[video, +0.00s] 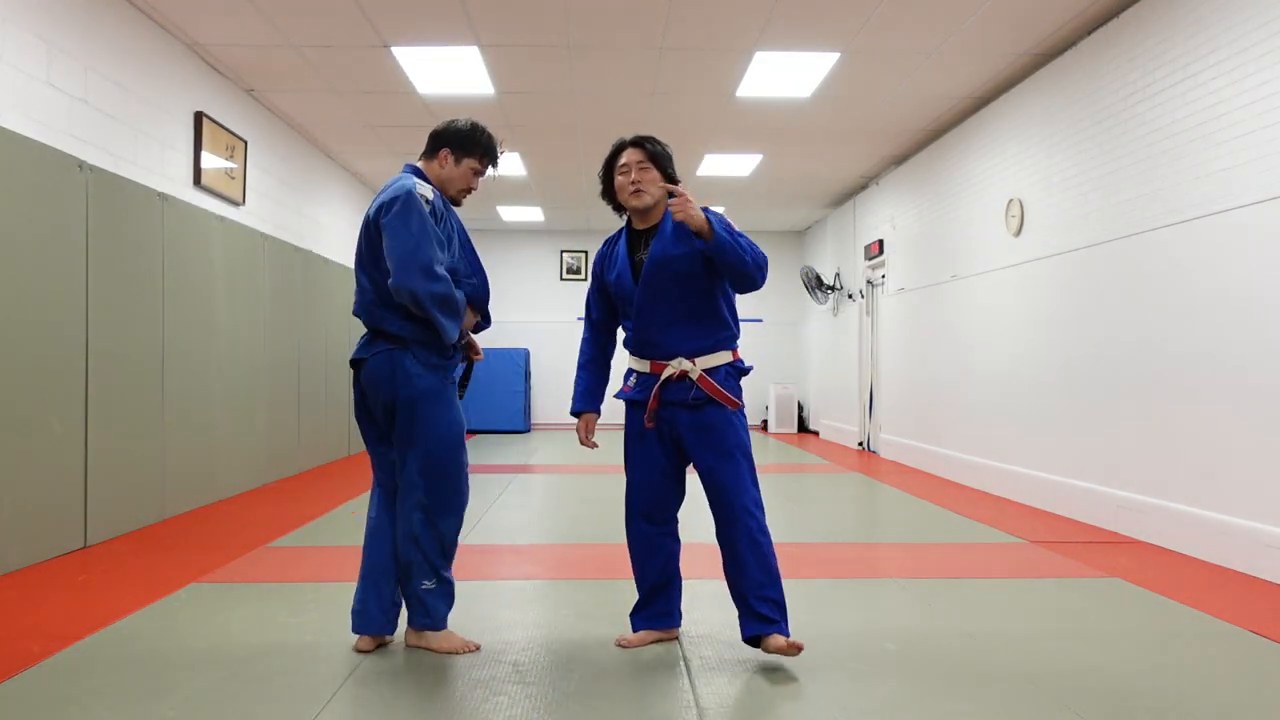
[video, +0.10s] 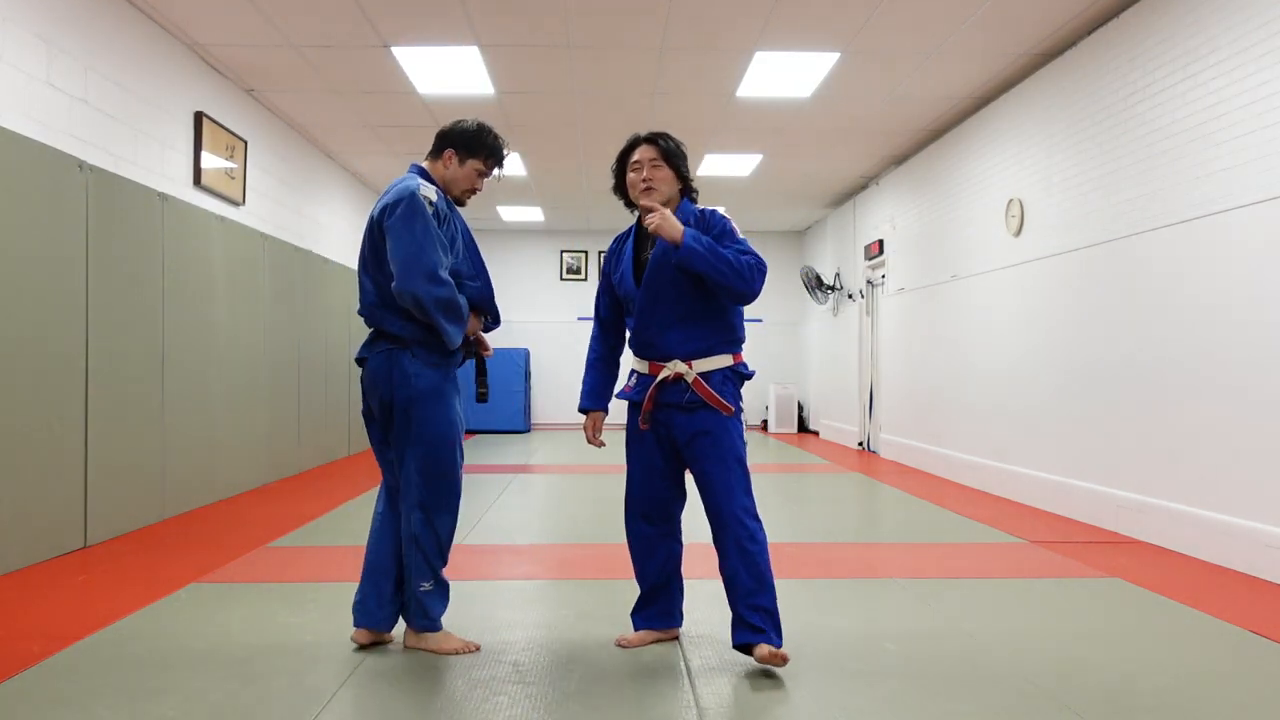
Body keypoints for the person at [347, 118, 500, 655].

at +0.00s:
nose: (476, 185)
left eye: (481, 176)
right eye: (474, 172)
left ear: (444, 161)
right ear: (445, 157)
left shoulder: (424, 202)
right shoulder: (411, 196)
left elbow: (459, 279)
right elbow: (415, 278)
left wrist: (465, 328)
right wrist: (459, 321)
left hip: (391, 363)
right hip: (412, 366)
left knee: (393, 489)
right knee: (437, 489)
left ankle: (372, 624)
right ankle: (427, 624)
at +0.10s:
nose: (480, 187)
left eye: (486, 177)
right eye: (479, 173)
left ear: (448, 162)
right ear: (448, 157)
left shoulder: (429, 203)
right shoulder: (415, 198)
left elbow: (462, 279)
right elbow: (420, 283)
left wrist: (472, 325)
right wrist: (465, 327)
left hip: (402, 361)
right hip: (415, 365)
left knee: (402, 487)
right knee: (431, 491)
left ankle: (372, 618)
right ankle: (423, 625)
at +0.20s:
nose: (487, 186)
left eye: (493, 177)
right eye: (485, 173)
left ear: (456, 162)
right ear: (455, 157)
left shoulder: (442, 204)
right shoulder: (421, 197)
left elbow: (462, 278)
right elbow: (420, 279)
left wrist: (475, 319)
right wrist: (464, 318)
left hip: (425, 361)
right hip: (414, 364)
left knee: (422, 482)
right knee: (433, 486)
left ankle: (376, 604)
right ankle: (424, 625)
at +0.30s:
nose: (493, 188)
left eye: (499, 179)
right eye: (491, 176)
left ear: (463, 167)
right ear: (460, 161)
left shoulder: (451, 207)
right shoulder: (426, 198)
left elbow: (459, 279)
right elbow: (415, 270)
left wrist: (480, 324)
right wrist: (464, 316)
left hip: (439, 363)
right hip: (414, 364)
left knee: (463, 472)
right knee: (433, 486)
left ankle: (388, 580)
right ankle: (423, 628)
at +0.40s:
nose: (498, 188)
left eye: (504, 178)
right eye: (496, 175)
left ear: (470, 167)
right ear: (464, 161)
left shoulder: (461, 210)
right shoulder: (427, 198)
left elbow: (468, 281)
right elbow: (409, 266)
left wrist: (487, 326)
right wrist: (460, 310)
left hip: (451, 366)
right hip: (420, 366)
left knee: (474, 470)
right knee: (436, 484)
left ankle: (411, 577)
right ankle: (421, 627)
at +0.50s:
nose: (504, 187)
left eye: (509, 178)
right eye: (500, 175)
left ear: (480, 168)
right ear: (469, 160)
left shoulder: (473, 213)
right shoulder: (429, 198)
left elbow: (479, 285)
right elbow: (410, 273)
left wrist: (496, 326)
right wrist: (463, 314)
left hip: (464, 367)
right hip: (426, 367)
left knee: (480, 479)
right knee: (434, 488)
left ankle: (456, 587)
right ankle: (420, 627)